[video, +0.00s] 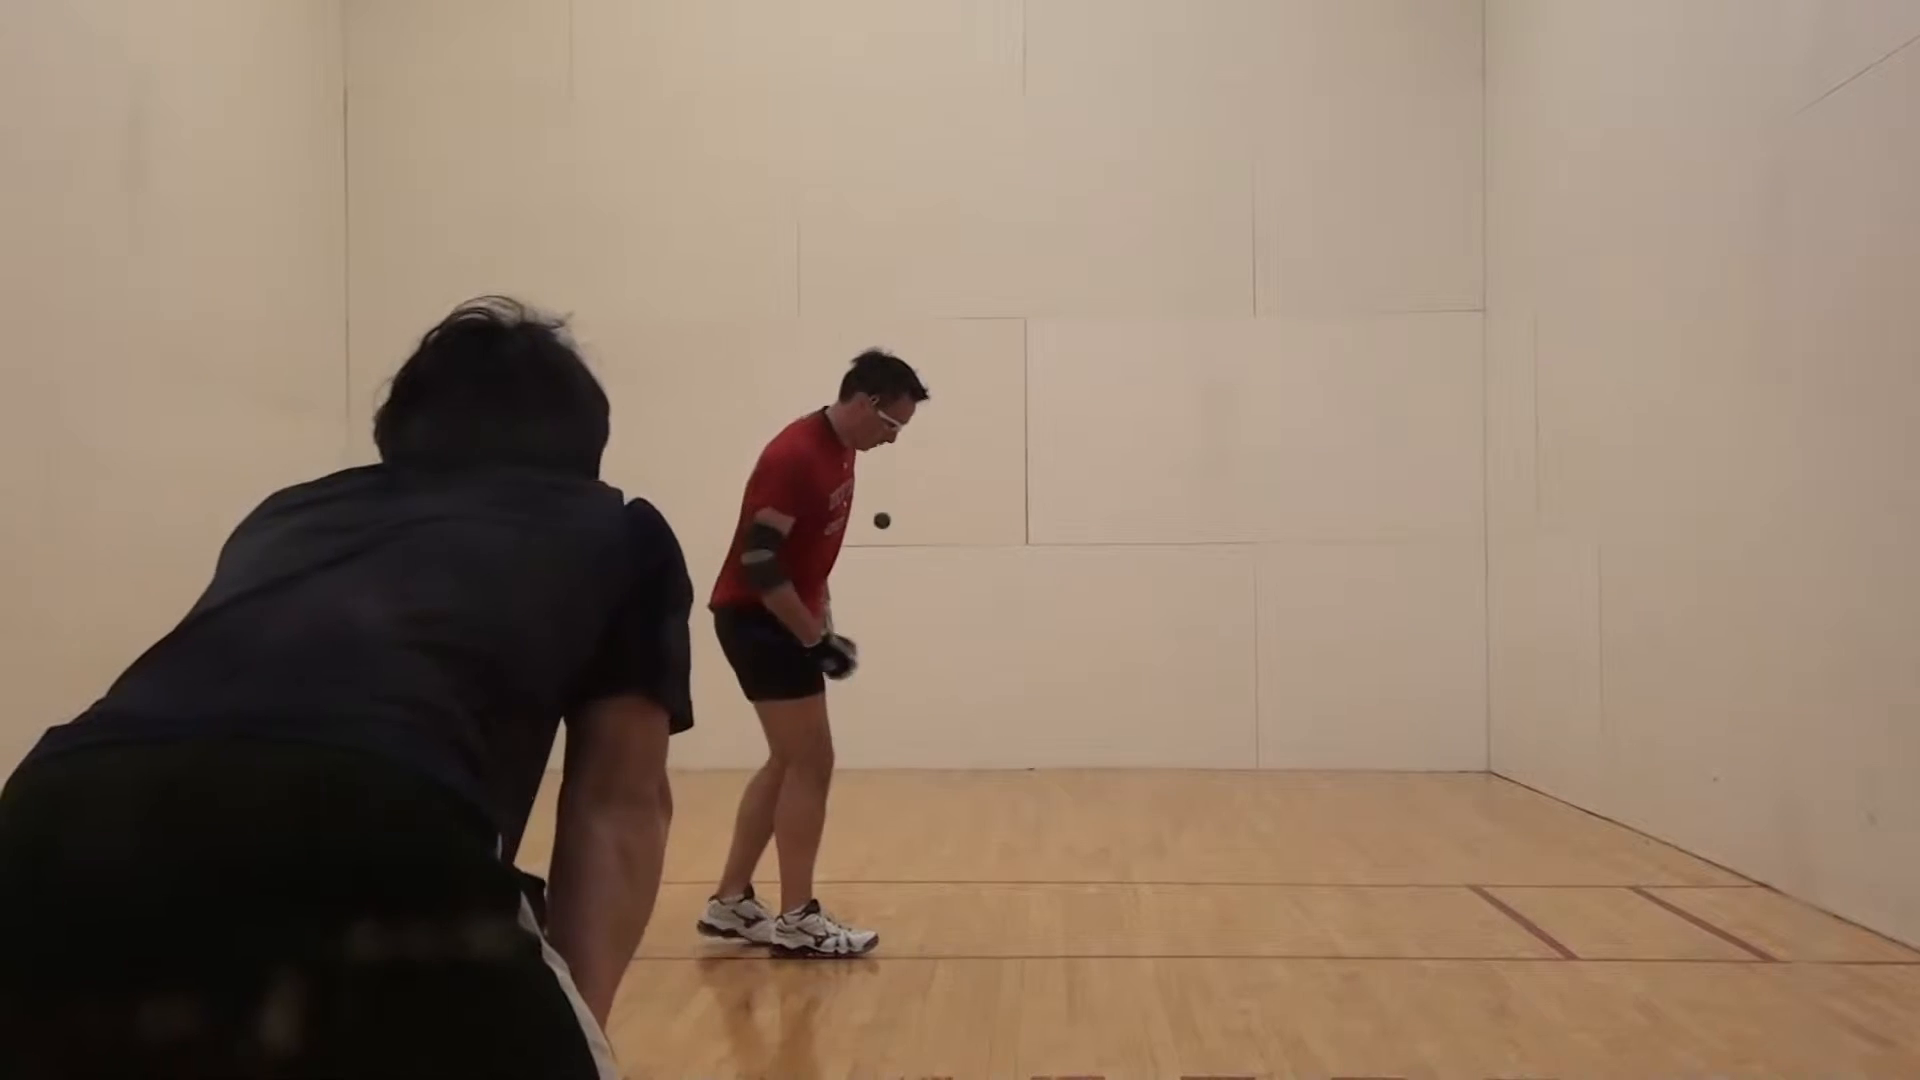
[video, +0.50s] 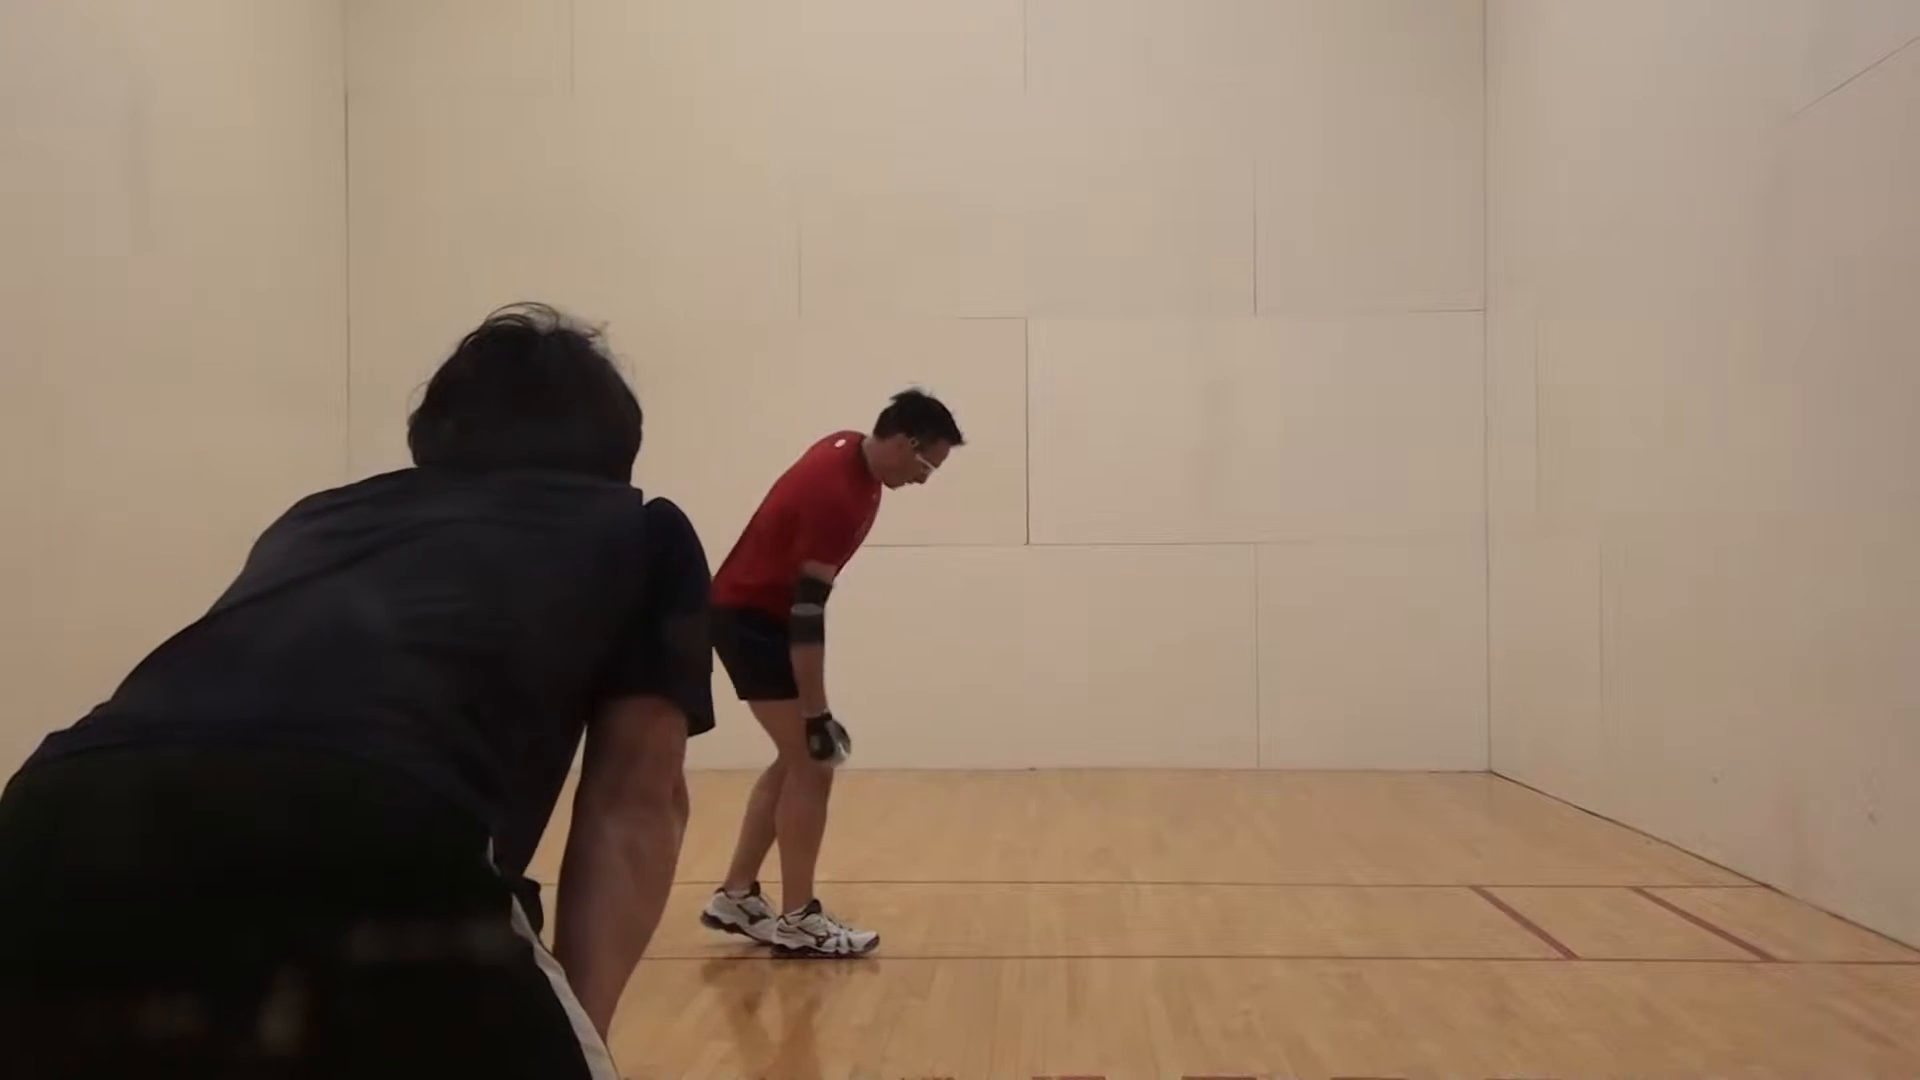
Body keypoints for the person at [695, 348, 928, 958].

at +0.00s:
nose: (893, 436)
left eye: (899, 426)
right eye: (892, 422)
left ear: (865, 405)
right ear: (860, 401)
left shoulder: (836, 451)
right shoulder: (799, 454)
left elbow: (809, 555)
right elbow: (759, 558)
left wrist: (825, 628)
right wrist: (814, 638)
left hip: (777, 617)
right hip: (757, 618)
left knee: (788, 759)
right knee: (811, 760)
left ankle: (729, 900)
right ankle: (797, 914)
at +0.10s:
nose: (899, 442)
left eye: (905, 432)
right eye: (898, 428)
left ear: (872, 411)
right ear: (868, 408)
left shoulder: (841, 451)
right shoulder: (805, 460)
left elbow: (812, 557)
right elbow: (772, 565)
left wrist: (829, 627)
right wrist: (828, 638)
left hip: (776, 615)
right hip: (756, 616)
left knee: (795, 758)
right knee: (812, 761)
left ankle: (733, 895)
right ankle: (797, 914)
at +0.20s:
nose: (903, 448)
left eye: (909, 440)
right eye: (903, 435)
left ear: (879, 416)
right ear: (874, 413)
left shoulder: (843, 456)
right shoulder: (814, 465)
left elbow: (809, 567)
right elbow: (782, 577)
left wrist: (826, 638)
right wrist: (834, 651)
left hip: (771, 613)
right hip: (756, 616)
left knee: (797, 758)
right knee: (812, 761)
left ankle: (734, 895)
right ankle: (796, 914)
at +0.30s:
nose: (909, 454)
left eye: (916, 445)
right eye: (909, 441)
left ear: (884, 422)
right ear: (880, 420)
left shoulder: (847, 456)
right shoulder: (824, 472)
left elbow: (809, 570)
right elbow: (791, 587)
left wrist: (816, 650)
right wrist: (826, 673)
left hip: (763, 610)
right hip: (754, 615)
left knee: (796, 758)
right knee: (813, 759)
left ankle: (734, 895)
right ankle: (796, 914)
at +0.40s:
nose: (915, 463)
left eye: (922, 455)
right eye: (916, 450)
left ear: (890, 428)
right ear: (888, 428)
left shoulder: (847, 451)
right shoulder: (832, 482)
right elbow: (798, 599)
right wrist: (818, 698)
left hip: (760, 609)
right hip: (753, 616)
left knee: (797, 756)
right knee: (812, 756)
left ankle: (735, 894)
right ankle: (797, 914)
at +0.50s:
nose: (923, 475)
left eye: (931, 467)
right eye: (923, 462)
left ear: (896, 439)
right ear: (895, 438)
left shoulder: (849, 454)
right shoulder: (842, 494)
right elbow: (806, 611)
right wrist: (815, 715)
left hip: (748, 610)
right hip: (751, 616)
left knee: (796, 755)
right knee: (811, 756)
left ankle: (735, 894)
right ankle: (797, 914)